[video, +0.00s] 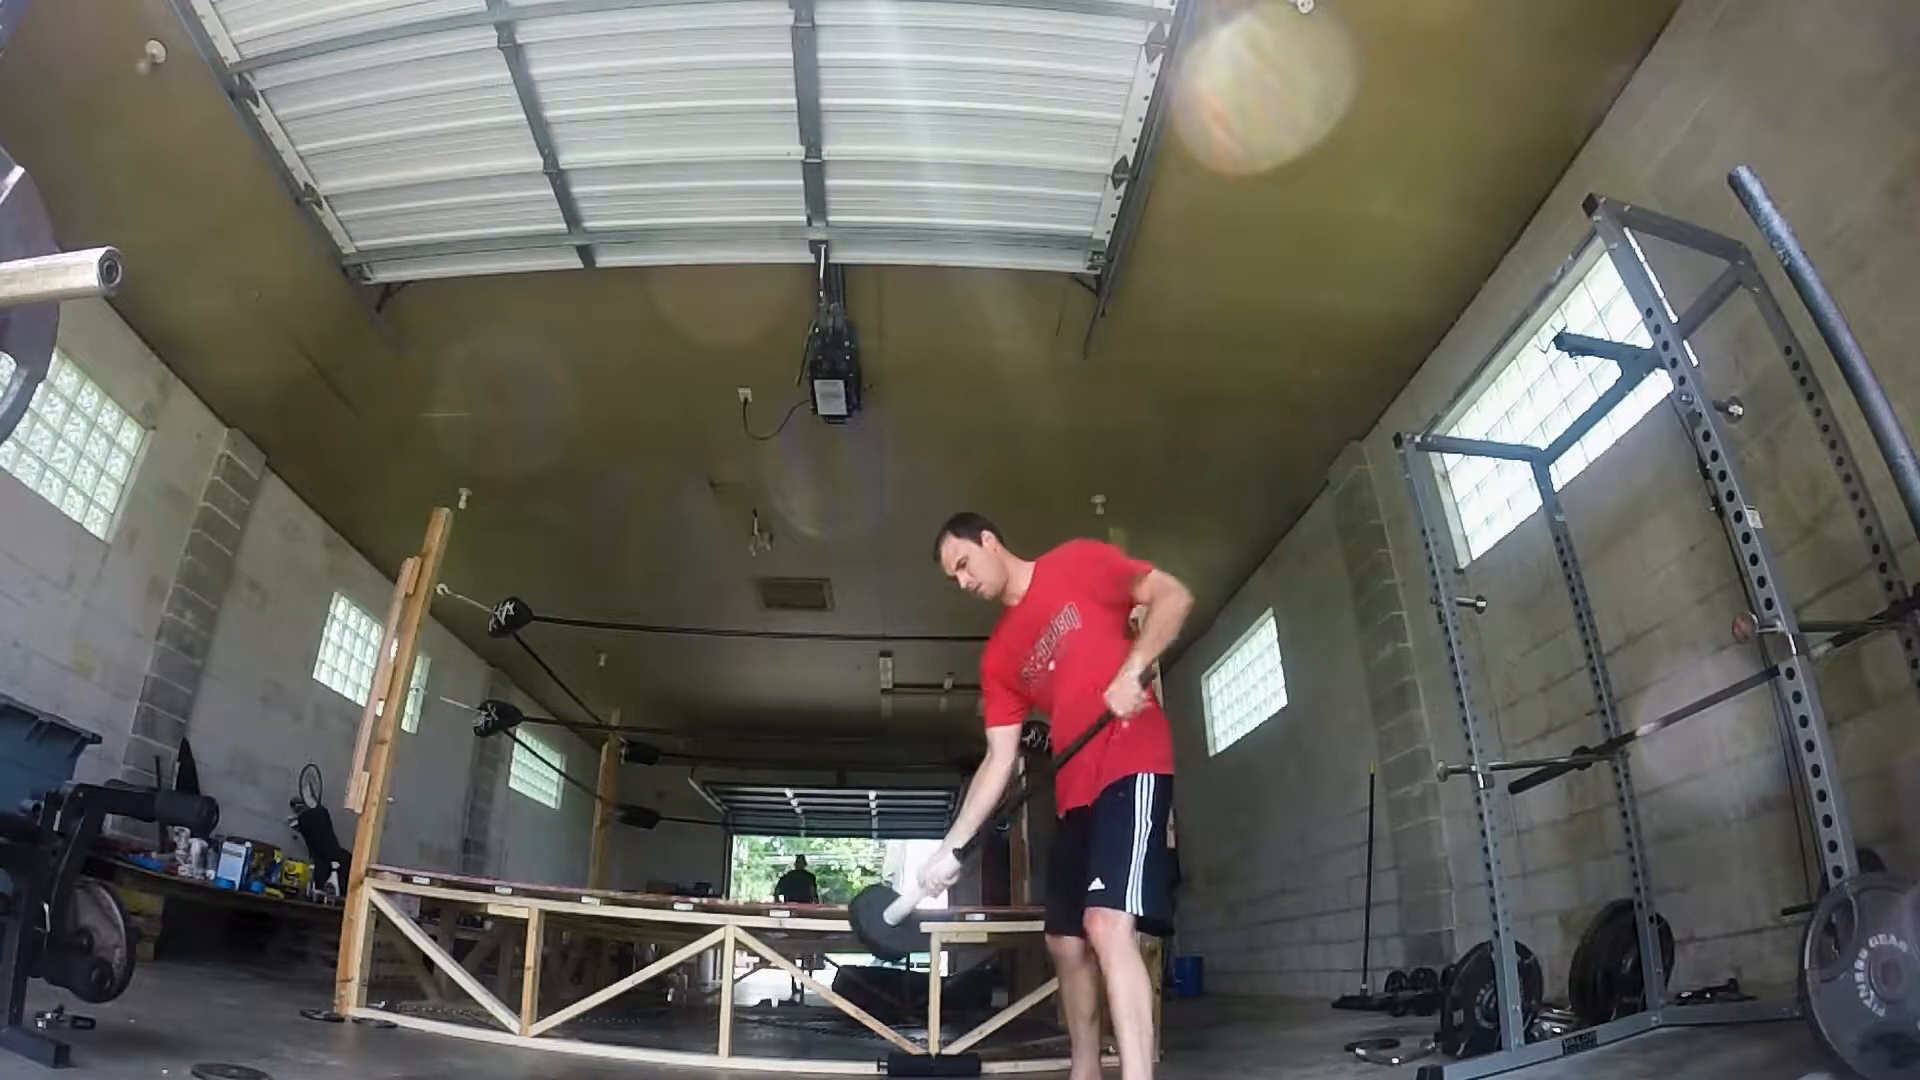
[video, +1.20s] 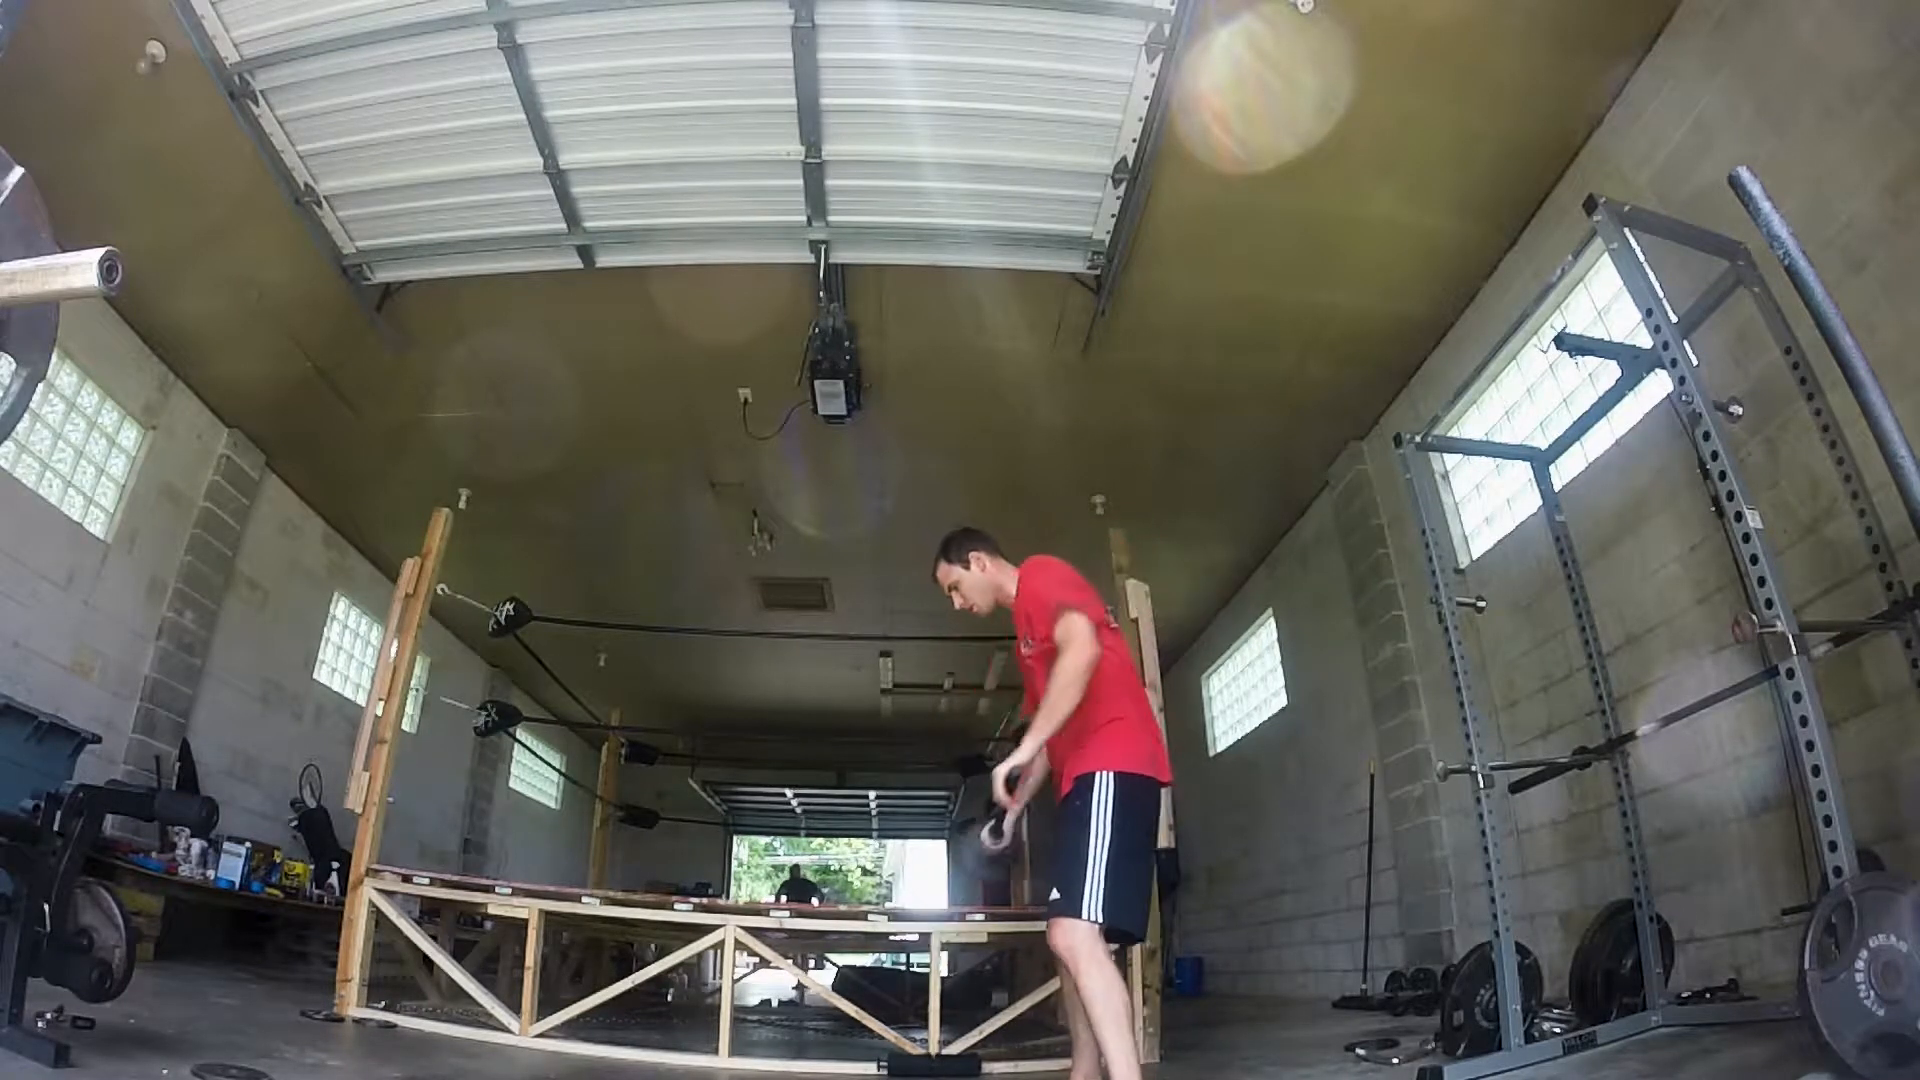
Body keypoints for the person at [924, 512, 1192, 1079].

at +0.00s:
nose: (963, 581)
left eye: (963, 563)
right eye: (954, 576)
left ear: (990, 540)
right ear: (960, 578)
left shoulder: (1075, 562)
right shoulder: (1000, 653)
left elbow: (1174, 596)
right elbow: (999, 758)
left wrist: (1132, 668)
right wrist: (951, 848)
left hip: (1133, 764)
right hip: (1078, 791)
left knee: (1108, 924)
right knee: (1065, 939)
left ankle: (1138, 1075)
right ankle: (1087, 1073)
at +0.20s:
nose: (967, 570)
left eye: (966, 552)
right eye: (956, 565)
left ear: (993, 528)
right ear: (958, 568)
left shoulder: (1093, 552)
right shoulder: (988, 634)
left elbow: (1175, 579)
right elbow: (992, 715)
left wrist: (1174, 609)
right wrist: (965, 789)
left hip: (1134, 754)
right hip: (1071, 776)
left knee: (1110, 920)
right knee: (1060, 941)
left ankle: (1140, 1076)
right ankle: (1085, 1073)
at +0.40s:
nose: (961, 566)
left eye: (961, 549)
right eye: (950, 561)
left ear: (988, 525)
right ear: (950, 564)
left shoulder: (1082, 552)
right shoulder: (978, 622)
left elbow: (1141, 601)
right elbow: (1003, 673)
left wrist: (1168, 609)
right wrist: (1028, 706)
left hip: (1133, 748)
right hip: (1068, 770)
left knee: (1108, 920)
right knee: (1052, 941)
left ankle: (1139, 1076)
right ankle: (1082, 1072)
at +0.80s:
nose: (949, 588)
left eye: (948, 571)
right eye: (940, 582)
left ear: (976, 541)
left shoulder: (1080, 557)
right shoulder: (981, 639)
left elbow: (1158, 586)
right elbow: (1009, 709)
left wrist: (1194, 594)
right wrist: (1015, 780)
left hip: (1124, 758)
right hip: (1060, 781)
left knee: (1100, 925)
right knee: (1049, 940)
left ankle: (1134, 1075)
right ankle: (1081, 1070)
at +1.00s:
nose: (954, 601)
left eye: (950, 584)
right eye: (946, 593)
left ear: (976, 554)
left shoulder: (1072, 560)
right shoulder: (999, 651)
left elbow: (1175, 574)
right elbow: (1010, 752)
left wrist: (1151, 628)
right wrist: (983, 848)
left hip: (1125, 759)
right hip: (1074, 787)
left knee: (1092, 923)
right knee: (1054, 938)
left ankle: (1133, 1075)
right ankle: (1083, 1071)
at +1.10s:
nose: (956, 603)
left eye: (952, 587)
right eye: (948, 595)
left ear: (978, 560)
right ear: (977, 569)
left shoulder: (1058, 565)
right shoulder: (1013, 654)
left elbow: (1142, 600)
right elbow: (1023, 754)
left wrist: (1087, 690)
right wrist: (986, 846)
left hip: (1123, 758)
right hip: (1080, 781)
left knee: (1086, 926)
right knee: (1060, 935)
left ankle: (1130, 1075)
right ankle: (1086, 1072)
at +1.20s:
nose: (956, 603)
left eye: (953, 587)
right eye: (949, 595)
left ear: (978, 561)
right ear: (978, 568)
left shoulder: (1040, 573)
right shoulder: (1028, 625)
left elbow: (1081, 647)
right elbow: (1051, 731)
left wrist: (1027, 746)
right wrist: (1019, 801)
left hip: (1114, 761)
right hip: (1088, 771)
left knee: (1074, 933)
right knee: (1073, 936)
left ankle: (1126, 1074)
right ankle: (1087, 1071)